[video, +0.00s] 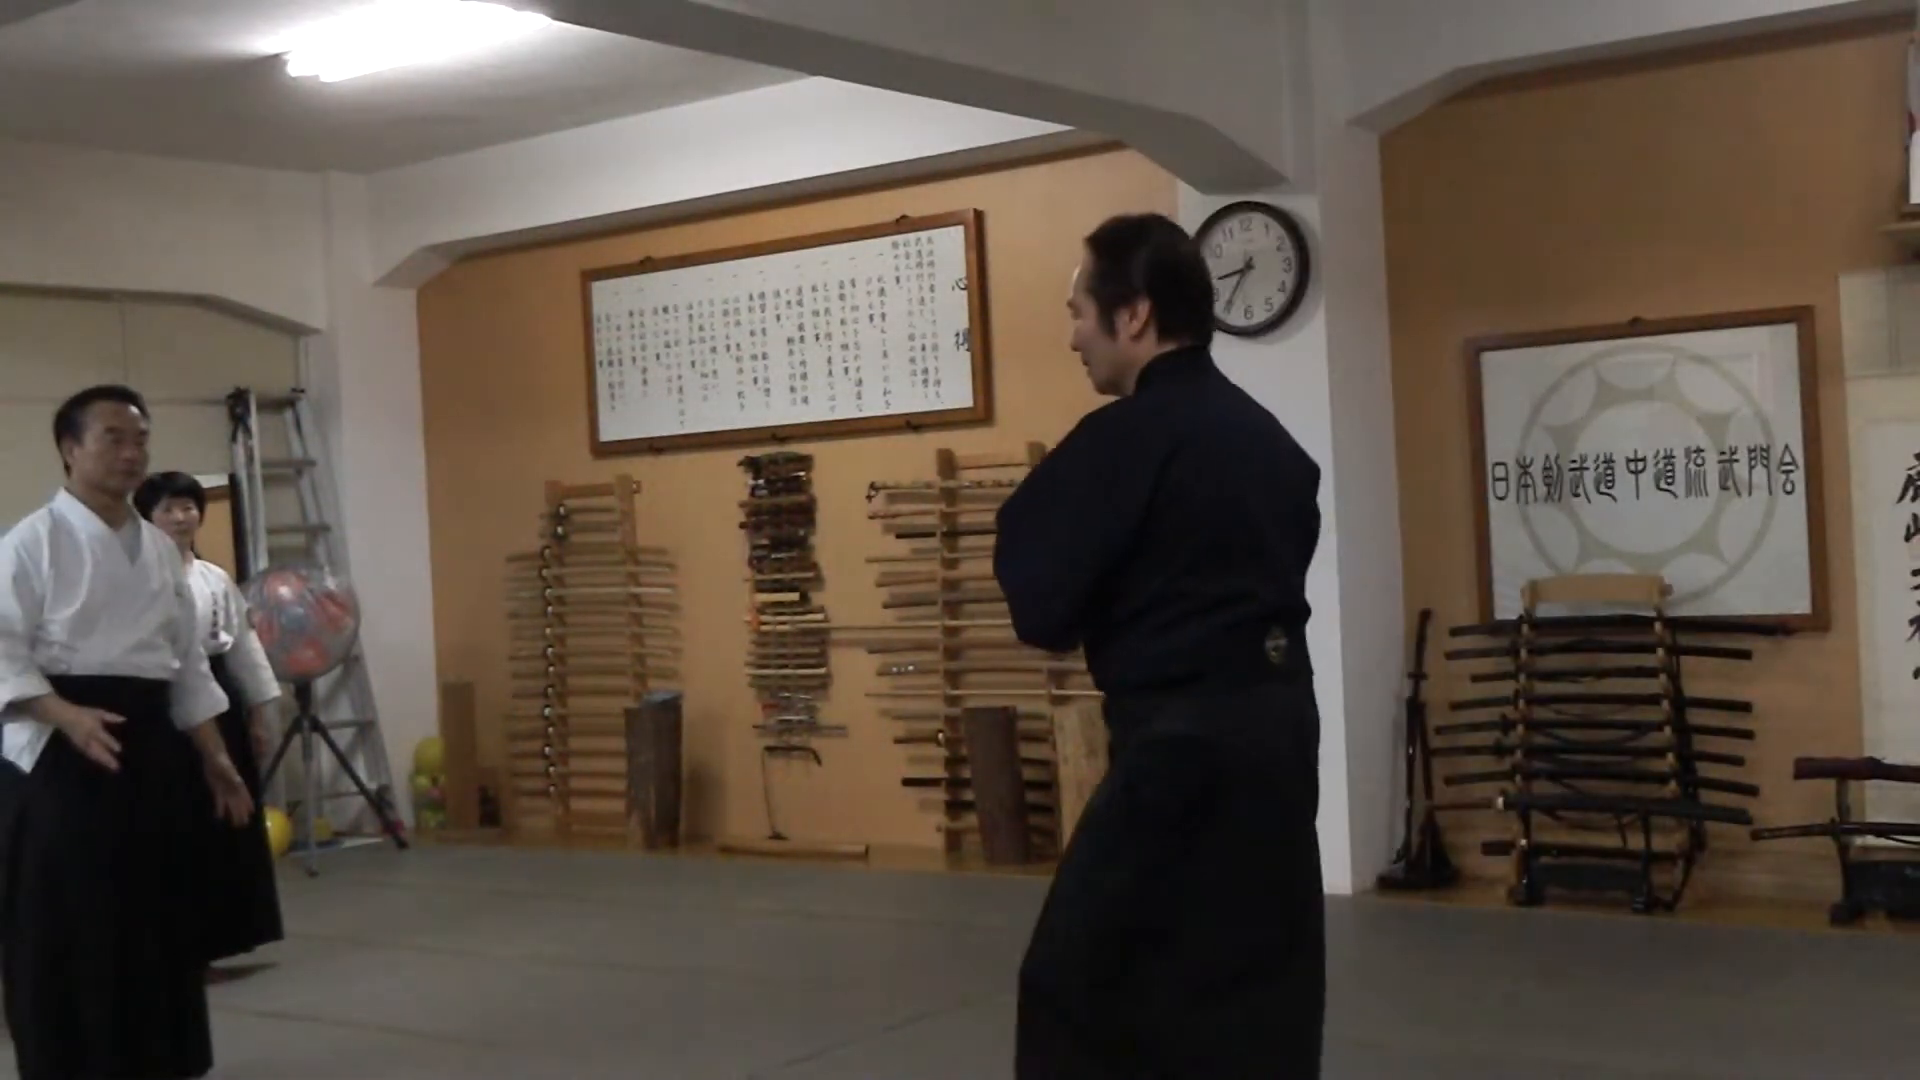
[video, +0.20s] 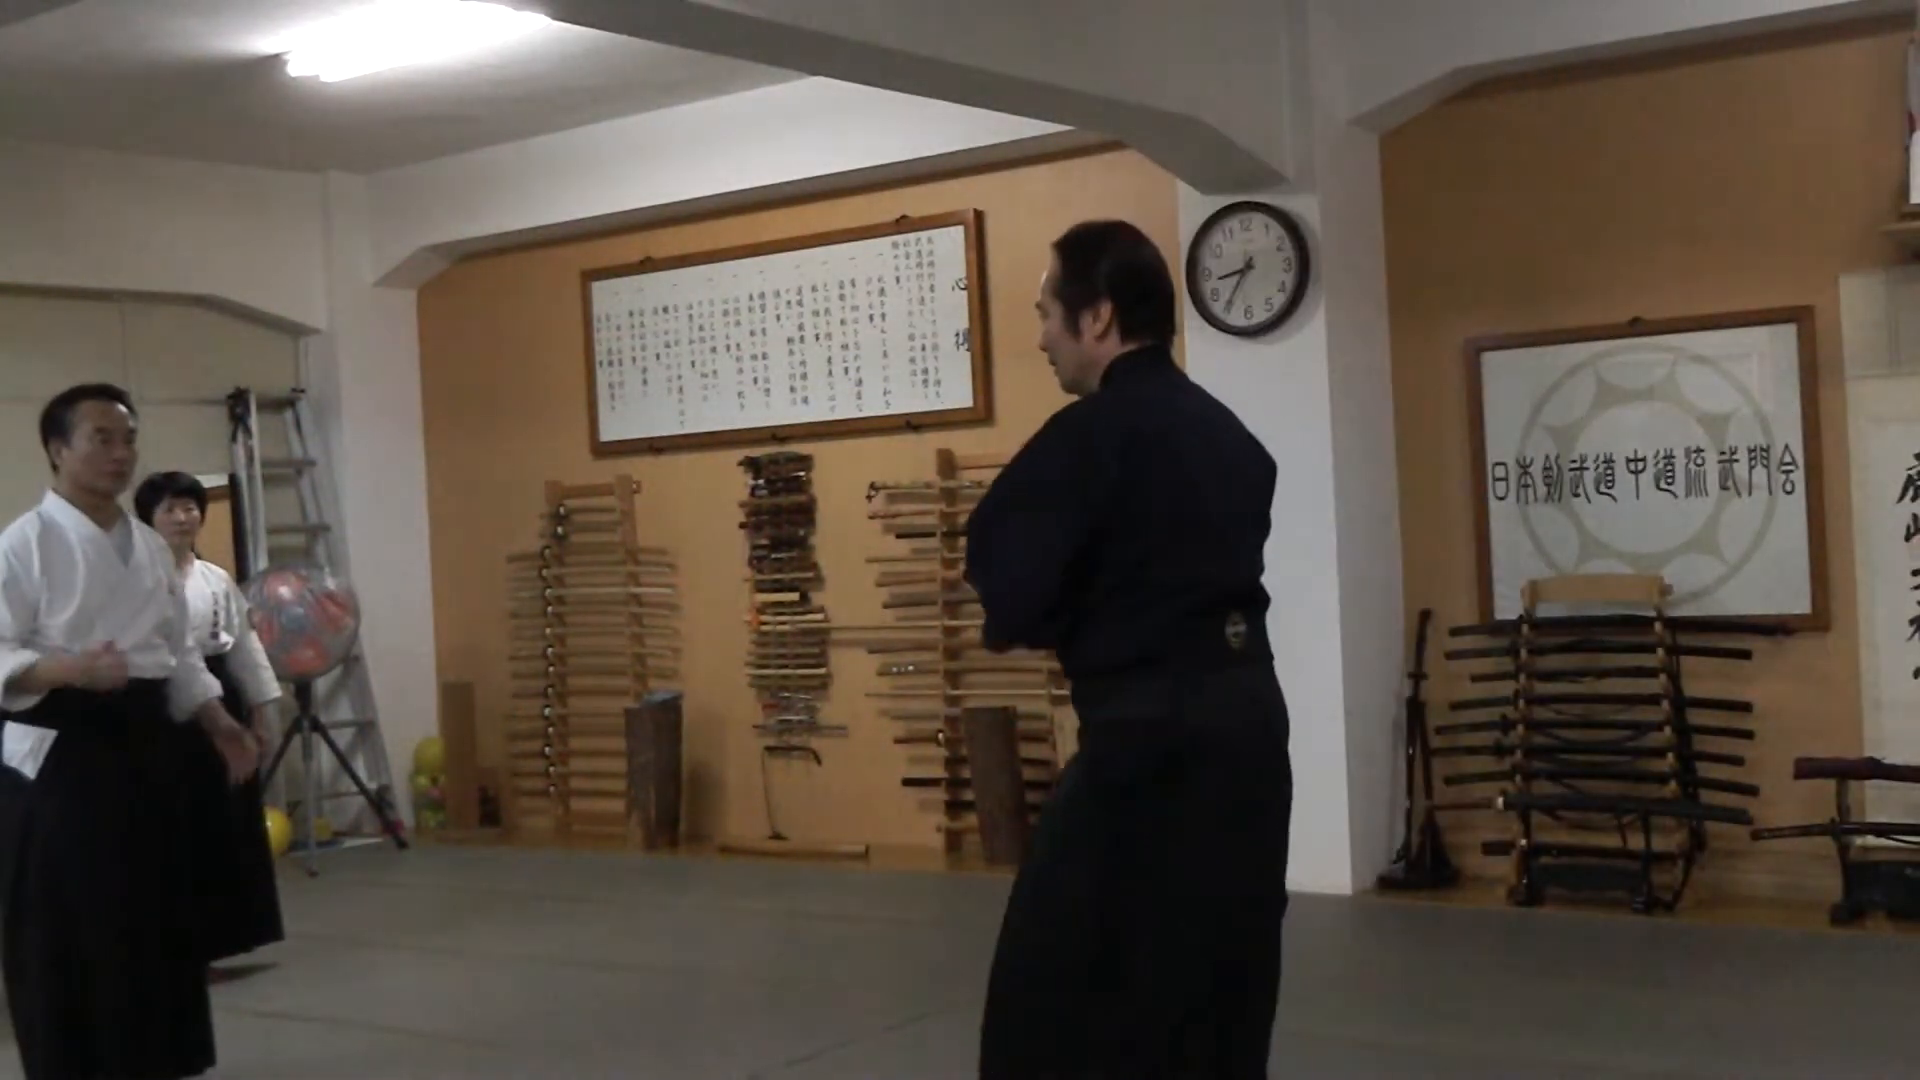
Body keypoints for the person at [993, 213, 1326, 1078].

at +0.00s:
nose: (1073, 336)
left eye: (1081, 313)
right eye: (1073, 315)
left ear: (1137, 319)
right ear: (1167, 319)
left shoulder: (1121, 440)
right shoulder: (1268, 436)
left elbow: (1040, 594)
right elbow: (1276, 574)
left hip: (1178, 751)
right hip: (1280, 733)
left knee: (1068, 981)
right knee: (1263, 969)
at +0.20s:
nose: (1041, 339)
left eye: (1049, 315)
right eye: (1042, 317)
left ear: (1100, 320)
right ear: (1136, 319)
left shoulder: (1084, 439)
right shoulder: (1228, 433)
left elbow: (1010, 589)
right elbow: (1216, 566)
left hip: (1143, 747)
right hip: (1248, 733)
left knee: (1050, 977)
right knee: (1225, 971)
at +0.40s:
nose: (999, 349)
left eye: (1006, 330)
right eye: (999, 330)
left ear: (1050, 337)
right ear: (1102, 333)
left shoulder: (1031, 459)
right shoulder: (1174, 452)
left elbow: (974, 604)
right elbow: (1157, 601)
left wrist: (924, 745)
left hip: (1085, 737)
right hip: (1192, 719)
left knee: (1043, 950)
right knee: (1192, 948)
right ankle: (1191, 1066)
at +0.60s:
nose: (917, 368)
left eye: (924, 349)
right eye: (918, 349)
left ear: (966, 354)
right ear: (1009, 353)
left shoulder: (955, 468)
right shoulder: (1094, 466)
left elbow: (926, 631)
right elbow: (1103, 632)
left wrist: (920, 782)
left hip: (985, 766)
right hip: (1090, 759)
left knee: (973, 992)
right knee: (1099, 977)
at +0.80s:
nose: (851, 403)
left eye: (847, 380)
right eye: (844, 384)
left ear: (879, 356)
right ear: (935, 354)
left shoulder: (888, 454)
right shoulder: (1028, 456)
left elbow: (860, 613)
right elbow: (1047, 620)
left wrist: (853, 764)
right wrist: (1044, 745)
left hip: (913, 758)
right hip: (1013, 758)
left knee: (895, 995)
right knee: (1006, 989)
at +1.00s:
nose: (806, 368)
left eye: (811, 348)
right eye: (806, 350)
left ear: (847, 347)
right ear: (897, 346)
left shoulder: (843, 454)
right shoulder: (968, 453)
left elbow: (781, 593)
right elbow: (970, 602)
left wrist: (741, 729)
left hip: (880, 725)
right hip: (966, 716)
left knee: (870, 935)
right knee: (950, 925)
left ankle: (871, 1067)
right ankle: (954, 1066)